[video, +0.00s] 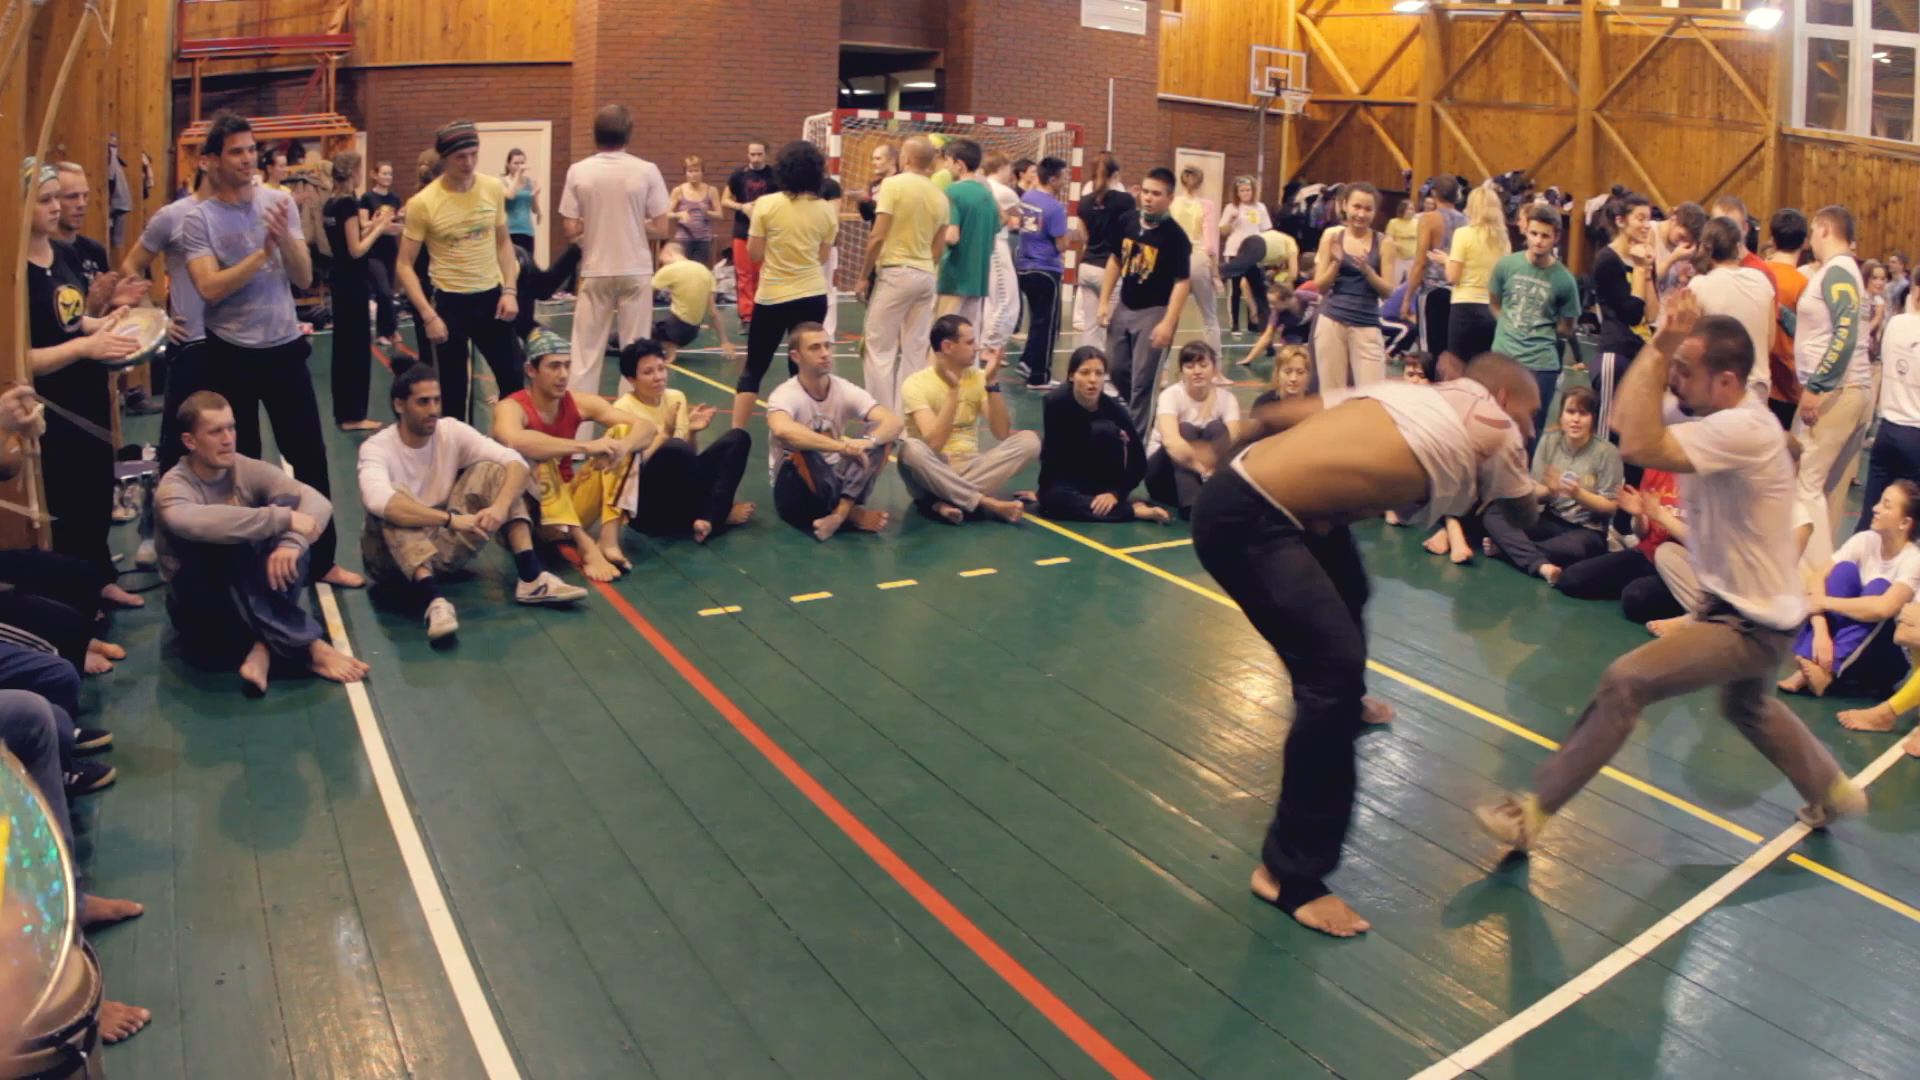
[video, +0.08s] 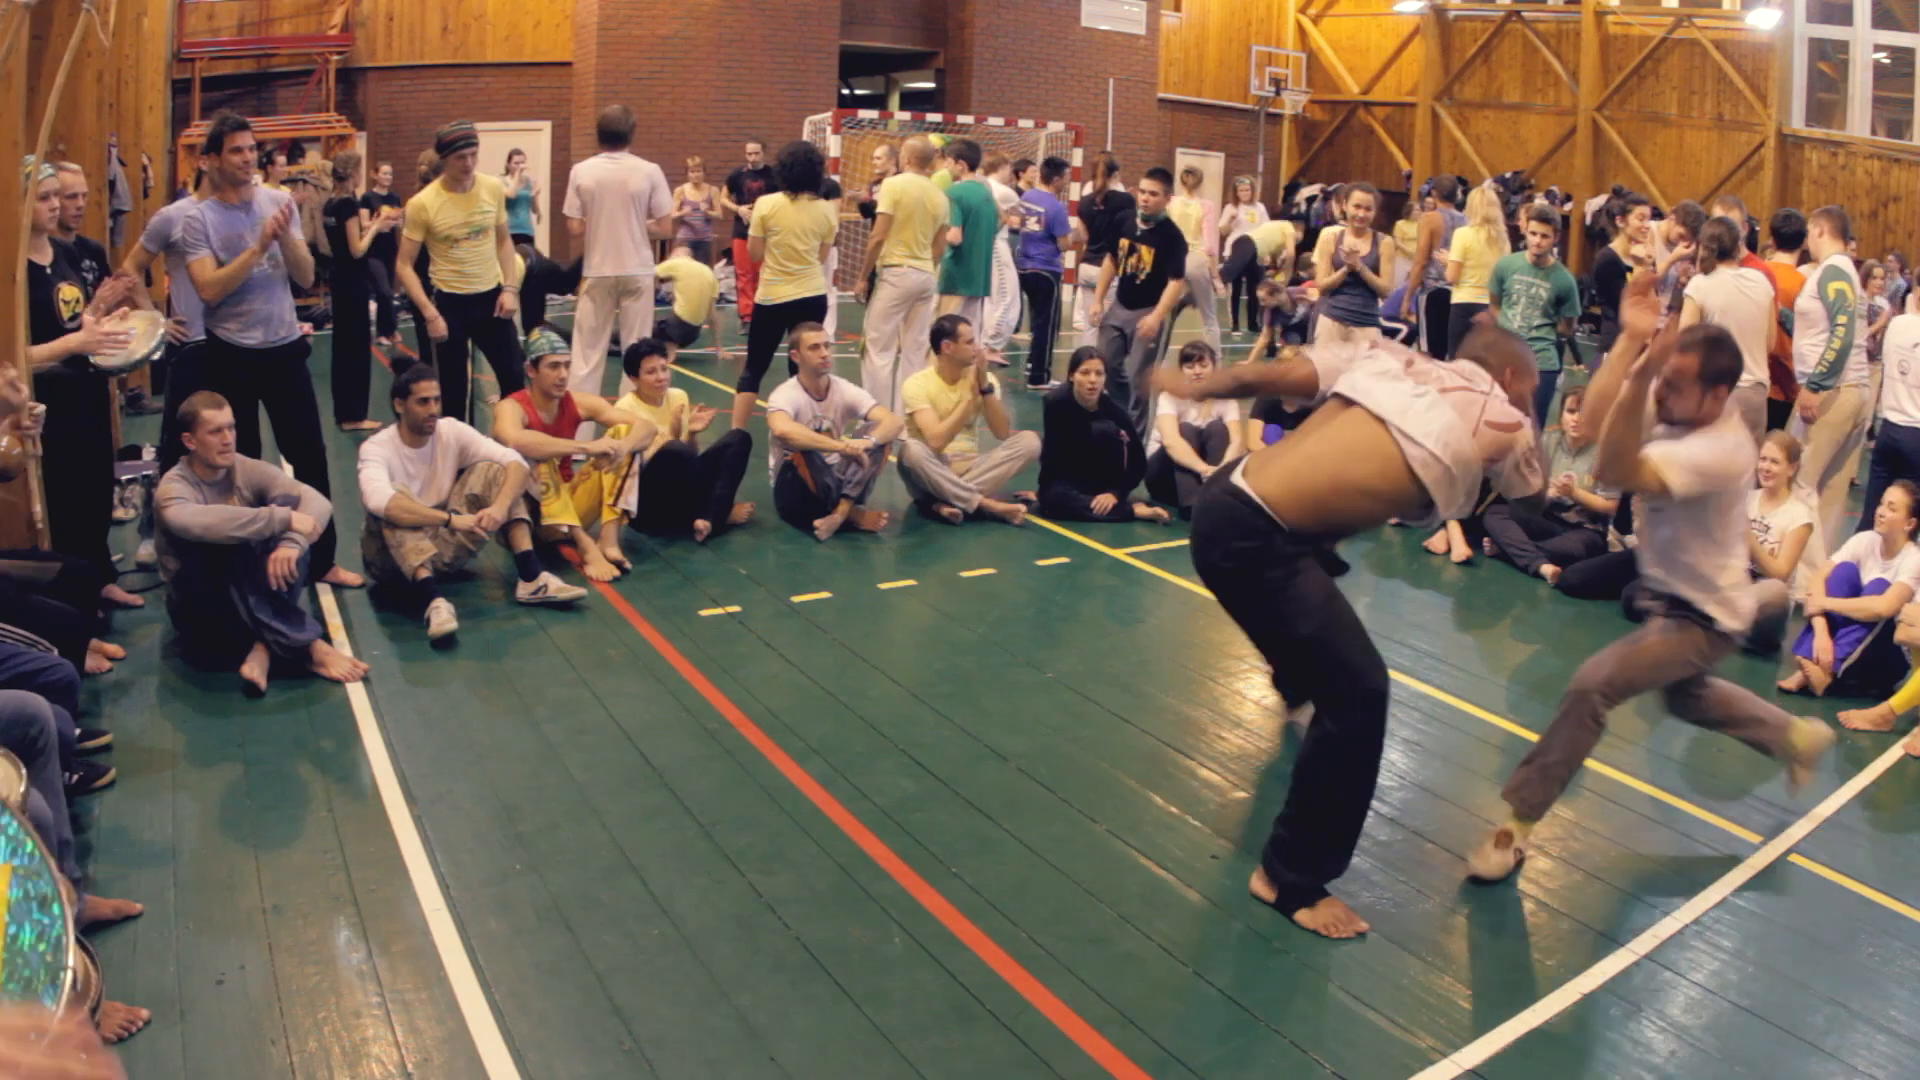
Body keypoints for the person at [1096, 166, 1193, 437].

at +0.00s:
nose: (1148, 198)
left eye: (1156, 193)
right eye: (1145, 191)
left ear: (1170, 199)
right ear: (1140, 192)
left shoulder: (1177, 237)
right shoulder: (1129, 222)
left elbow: (1182, 283)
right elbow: (1115, 261)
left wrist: (1169, 323)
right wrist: (1104, 301)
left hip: (1152, 314)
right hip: (1123, 309)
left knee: (1140, 383)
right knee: (1116, 372)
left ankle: (1135, 440)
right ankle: (1133, 423)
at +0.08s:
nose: (1145, 198)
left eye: (1153, 194)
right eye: (1142, 192)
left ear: (1167, 200)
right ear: (1136, 192)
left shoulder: (1173, 237)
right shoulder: (1124, 221)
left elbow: (1177, 282)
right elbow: (1111, 261)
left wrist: (1157, 317)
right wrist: (1098, 299)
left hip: (1149, 314)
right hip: (1119, 307)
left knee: (1139, 375)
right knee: (1106, 360)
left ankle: (1136, 429)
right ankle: (1121, 411)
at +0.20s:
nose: (1139, 197)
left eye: (1147, 193)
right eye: (1136, 191)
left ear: (1161, 198)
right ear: (1130, 191)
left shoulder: (1167, 236)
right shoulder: (1115, 221)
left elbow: (1170, 280)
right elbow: (1104, 261)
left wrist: (1146, 310)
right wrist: (1089, 300)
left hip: (1145, 313)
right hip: (1110, 306)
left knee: (1136, 378)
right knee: (1098, 370)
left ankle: (1133, 435)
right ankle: (1098, 426)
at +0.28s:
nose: (1133, 198)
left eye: (1141, 193)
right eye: (1130, 191)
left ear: (1154, 197)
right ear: (1124, 192)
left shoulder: (1163, 236)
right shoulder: (1107, 223)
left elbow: (1168, 281)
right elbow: (1098, 264)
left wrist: (1143, 314)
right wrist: (1083, 304)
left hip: (1141, 316)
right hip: (1107, 310)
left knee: (1135, 383)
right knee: (1096, 375)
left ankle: (1133, 436)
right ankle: (1091, 431)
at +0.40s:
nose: (1120, 199)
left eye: (1128, 194)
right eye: (1116, 193)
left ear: (1141, 198)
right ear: (1110, 194)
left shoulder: (1152, 237)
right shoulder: (1097, 227)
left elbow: (1161, 282)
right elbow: (1084, 266)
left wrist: (1149, 325)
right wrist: (1077, 309)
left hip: (1136, 316)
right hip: (1100, 312)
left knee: (1135, 384)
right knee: (1089, 376)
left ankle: (1133, 437)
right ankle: (1082, 433)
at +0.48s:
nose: (1110, 199)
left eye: (1117, 194)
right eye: (1106, 192)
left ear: (1131, 198)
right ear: (1099, 195)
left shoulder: (1145, 236)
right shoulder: (1087, 230)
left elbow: (1155, 281)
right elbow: (1077, 271)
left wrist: (1155, 328)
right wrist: (1071, 314)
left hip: (1132, 316)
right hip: (1095, 314)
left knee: (1132, 383)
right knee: (1087, 379)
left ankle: (1133, 439)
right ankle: (1083, 436)